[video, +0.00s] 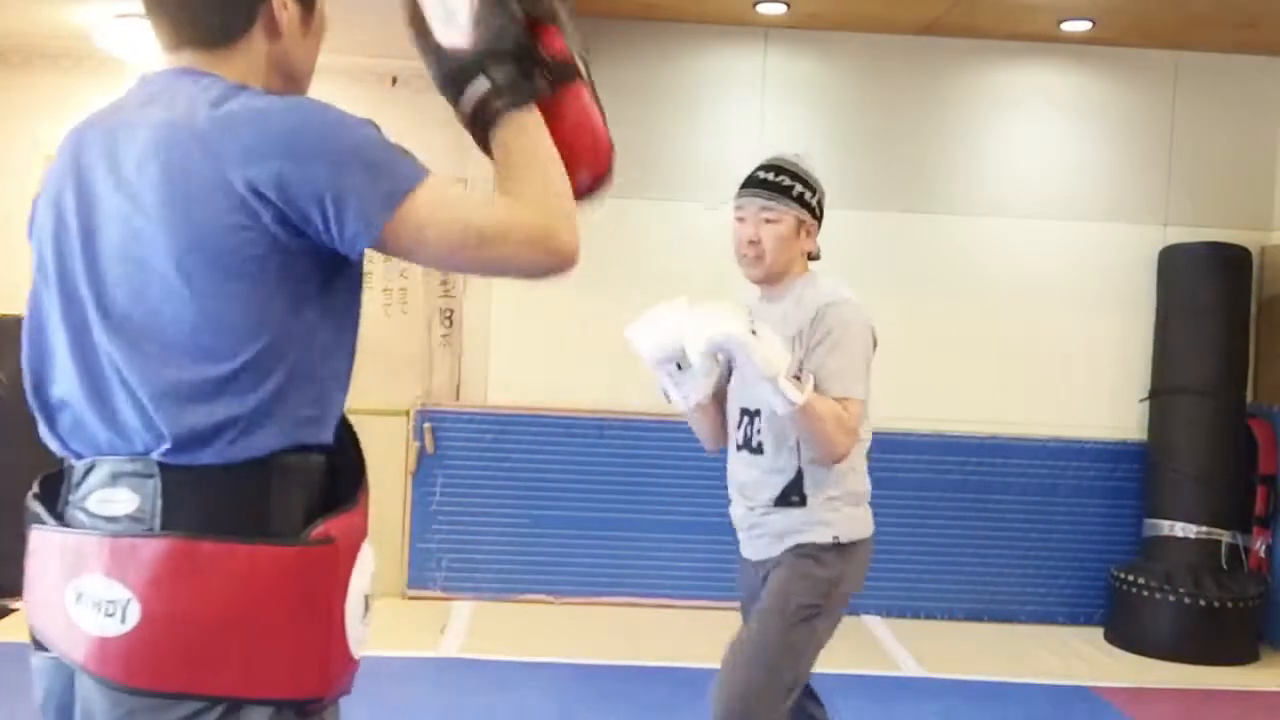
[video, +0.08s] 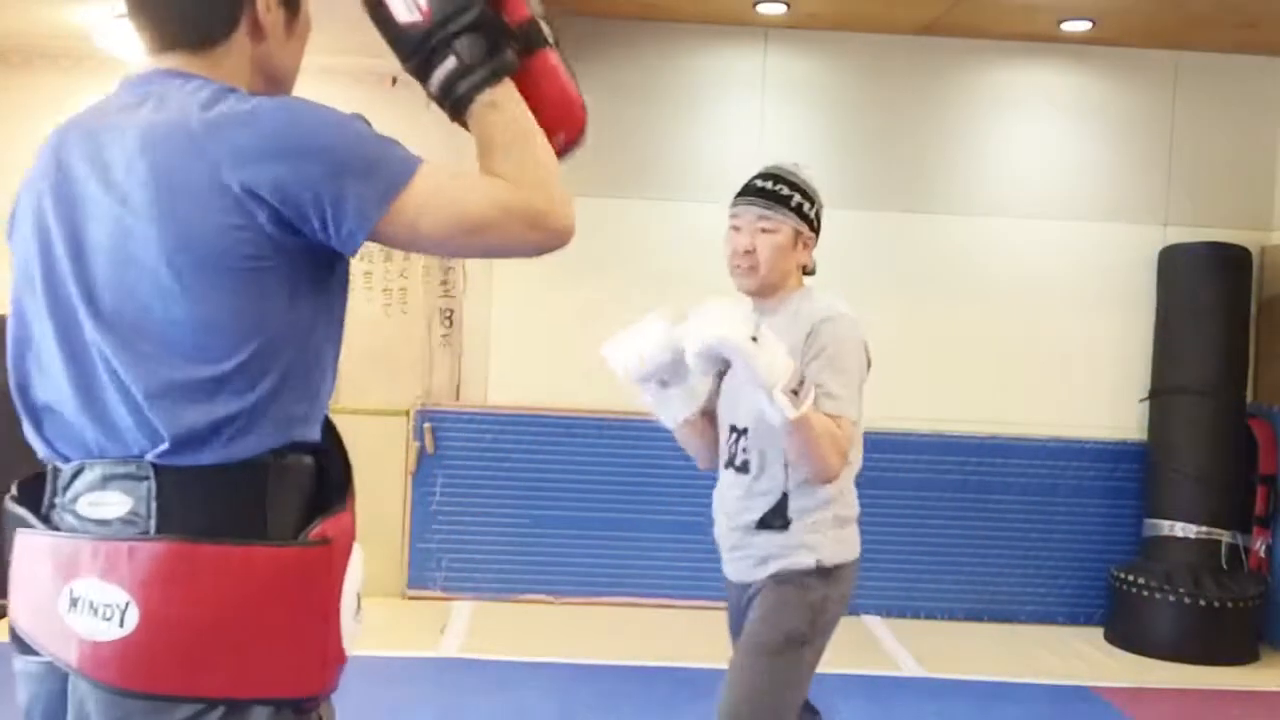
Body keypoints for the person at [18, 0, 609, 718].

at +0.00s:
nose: (321, 24)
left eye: (320, 4)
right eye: (316, 3)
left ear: (168, 21)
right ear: (280, 12)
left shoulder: (81, 148)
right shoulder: (286, 137)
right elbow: (546, 236)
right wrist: (499, 79)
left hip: (72, 563)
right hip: (221, 587)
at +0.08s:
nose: (305, 19)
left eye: (303, 1)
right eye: (300, 0)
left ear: (152, 21)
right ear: (261, 12)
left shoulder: (63, 149)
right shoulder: (274, 138)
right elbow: (540, 213)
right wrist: (473, 66)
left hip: (56, 556)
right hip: (211, 573)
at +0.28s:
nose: (287, 23)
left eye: (286, 10)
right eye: (283, 9)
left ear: (138, 23)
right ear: (250, 13)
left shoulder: (30, 142)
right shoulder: (306, 134)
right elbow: (516, 243)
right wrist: (476, 108)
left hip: (29, 534)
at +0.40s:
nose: (275, 19)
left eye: (276, 6)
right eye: (274, 4)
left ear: (124, 13)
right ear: (243, 7)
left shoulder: (20, 117)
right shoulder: (305, 137)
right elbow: (492, 269)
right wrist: (476, 155)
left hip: (17, 503)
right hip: (195, 515)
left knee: (26, 704)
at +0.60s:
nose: (216, 32)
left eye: (220, 17)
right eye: (217, 15)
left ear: (69, 11)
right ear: (187, 11)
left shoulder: (7, 109)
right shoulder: (252, 150)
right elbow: (424, 341)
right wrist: (419, 254)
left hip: (15, 512)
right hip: (180, 521)